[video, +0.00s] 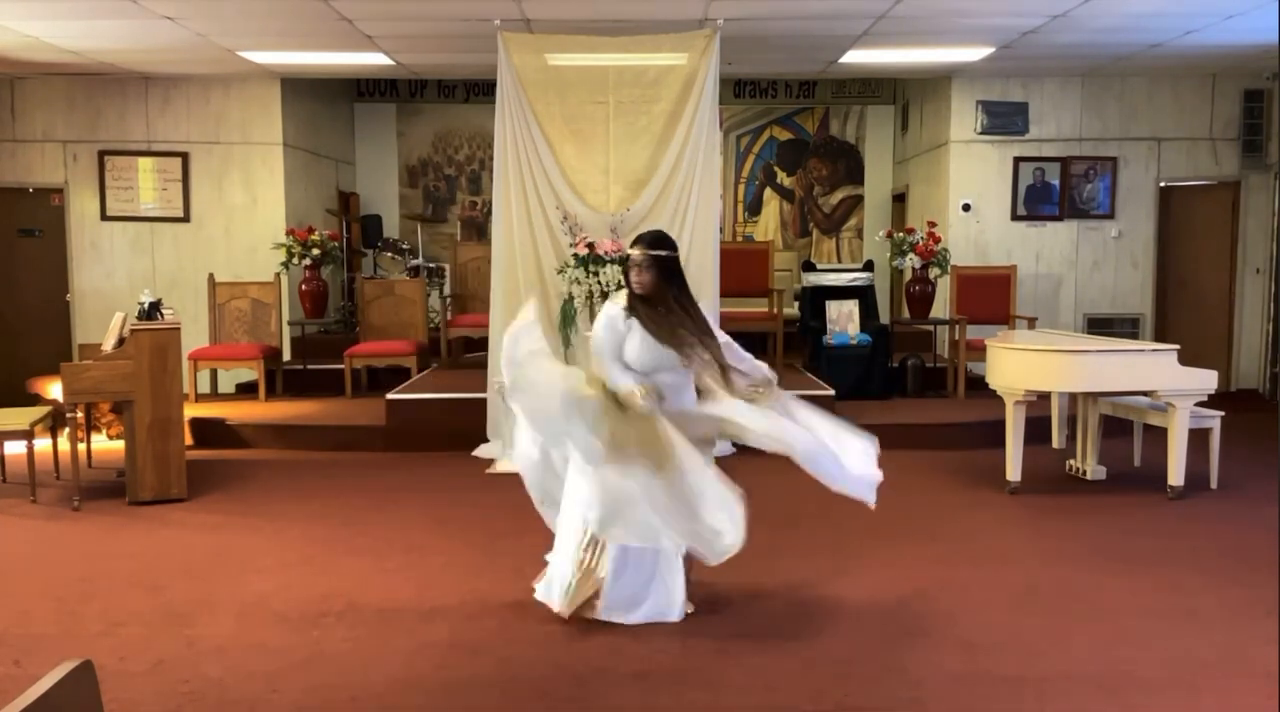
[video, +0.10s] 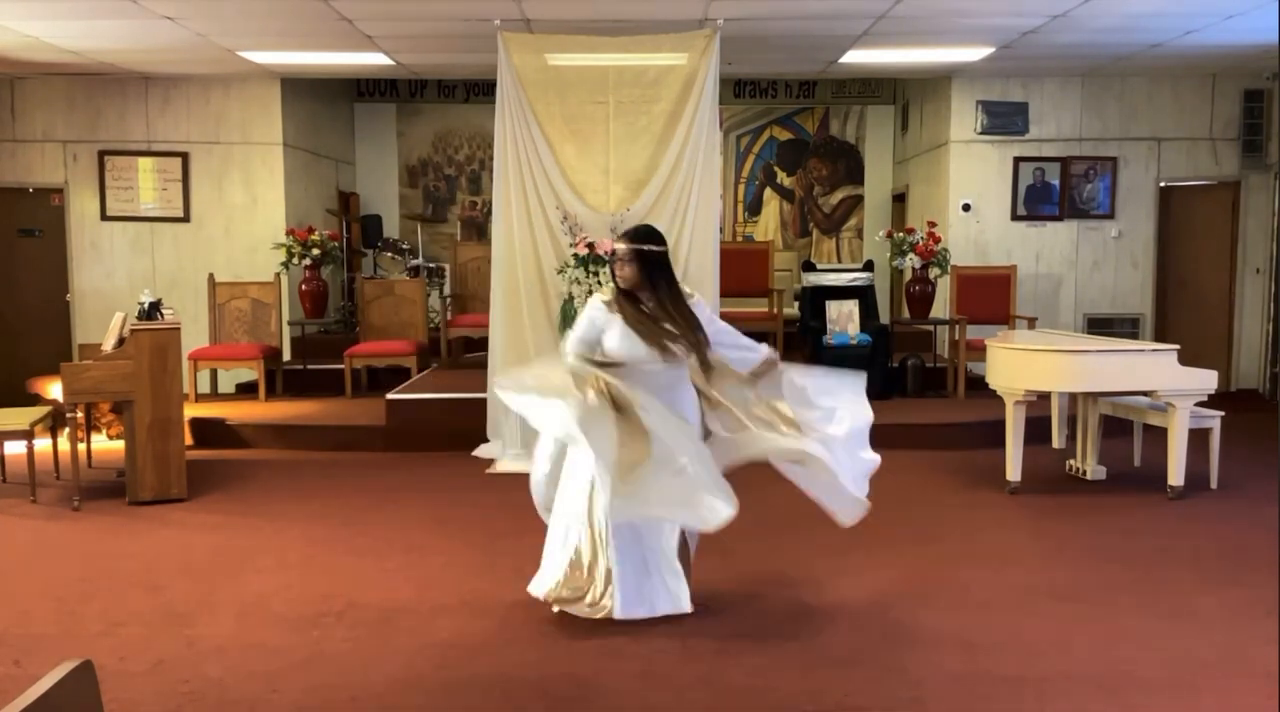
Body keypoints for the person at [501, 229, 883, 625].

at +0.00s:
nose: (635, 274)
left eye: (644, 267)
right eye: (631, 266)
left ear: (666, 272)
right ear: (627, 270)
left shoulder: (683, 312)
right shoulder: (617, 313)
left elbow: (719, 345)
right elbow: (602, 363)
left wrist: (757, 373)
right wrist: (631, 387)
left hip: (682, 421)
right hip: (632, 422)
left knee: (673, 507)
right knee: (618, 506)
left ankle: (669, 592)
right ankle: (579, 590)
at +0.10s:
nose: (616, 267)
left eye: (625, 260)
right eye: (614, 259)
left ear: (651, 264)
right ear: (613, 263)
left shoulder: (680, 306)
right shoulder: (602, 309)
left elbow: (718, 338)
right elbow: (573, 358)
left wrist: (760, 358)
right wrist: (594, 380)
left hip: (677, 420)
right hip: (623, 421)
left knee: (670, 502)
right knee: (618, 503)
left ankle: (667, 589)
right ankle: (616, 592)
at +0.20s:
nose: (597, 257)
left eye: (605, 250)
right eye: (597, 249)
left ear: (631, 254)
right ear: (600, 254)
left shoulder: (675, 292)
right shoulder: (589, 297)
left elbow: (721, 322)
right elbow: (543, 325)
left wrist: (772, 337)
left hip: (668, 406)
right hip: (608, 406)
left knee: (672, 496)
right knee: (578, 477)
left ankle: (675, 584)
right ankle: (593, 585)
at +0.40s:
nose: (563, 248)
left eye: (570, 241)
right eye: (566, 241)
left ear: (592, 247)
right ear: (589, 249)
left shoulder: (638, 284)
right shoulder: (567, 297)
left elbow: (697, 308)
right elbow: (510, 320)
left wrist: (753, 328)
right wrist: (453, 319)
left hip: (636, 396)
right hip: (589, 402)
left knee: (620, 487)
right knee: (577, 489)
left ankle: (656, 577)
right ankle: (602, 578)